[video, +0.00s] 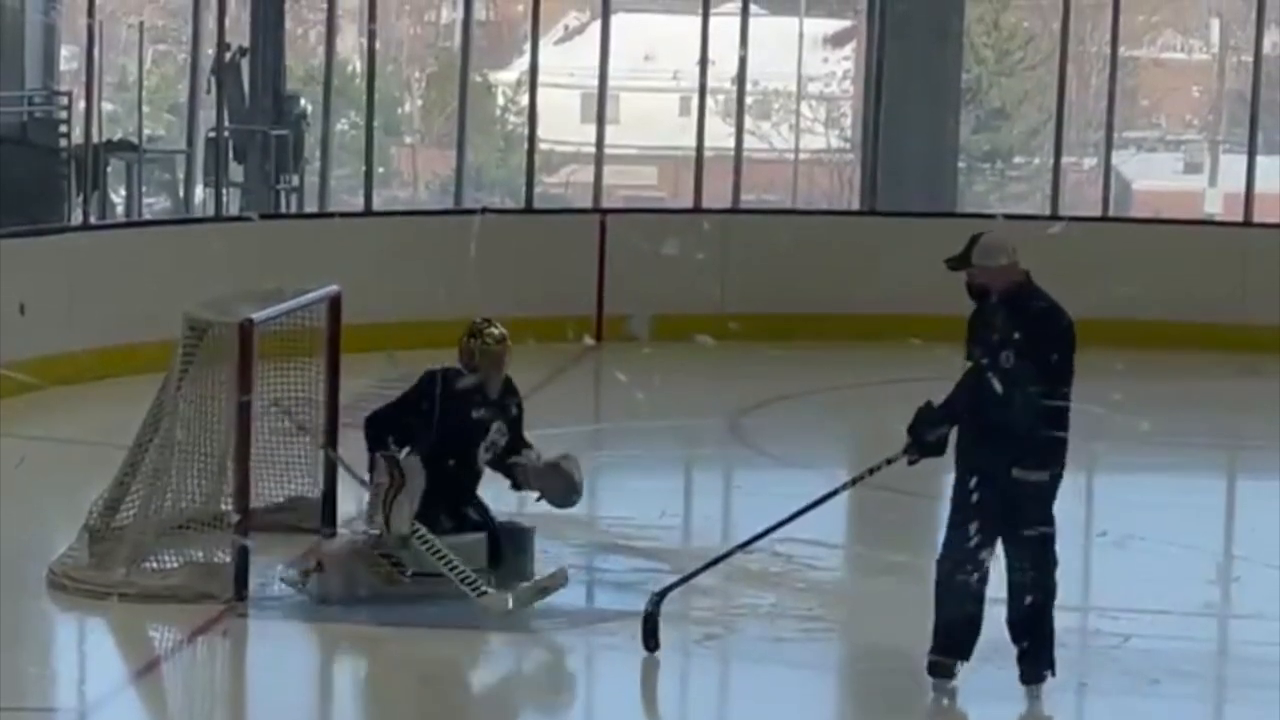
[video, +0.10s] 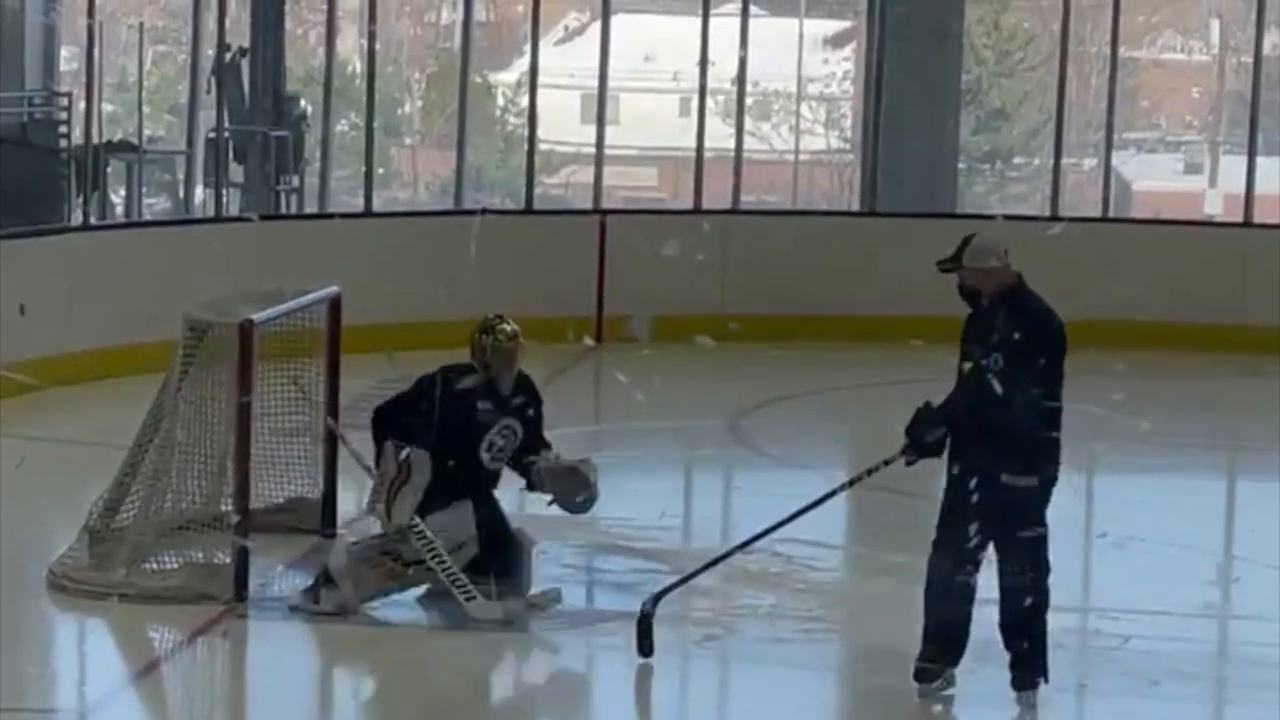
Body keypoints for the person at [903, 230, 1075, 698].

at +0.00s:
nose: (970, 281)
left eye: (976, 273)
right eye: (970, 274)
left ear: (1001, 272)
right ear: (989, 273)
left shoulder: (1049, 321)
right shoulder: (986, 314)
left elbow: (1044, 403)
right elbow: (976, 383)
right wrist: (936, 426)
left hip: (1031, 468)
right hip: (980, 463)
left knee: (1030, 569)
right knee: (961, 562)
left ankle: (1035, 671)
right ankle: (945, 663)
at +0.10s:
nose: (964, 284)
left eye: (970, 276)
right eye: (963, 276)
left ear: (994, 274)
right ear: (979, 275)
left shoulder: (1039, 324)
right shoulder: (980, 318)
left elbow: (1012, 399)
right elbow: (969, 391)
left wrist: (940, 423)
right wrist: (934, 428)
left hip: (1022, 472)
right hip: (971, 466)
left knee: (1022, 577)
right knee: (950, 568)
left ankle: (1027, 684)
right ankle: (936, 673)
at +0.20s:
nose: (955, 285)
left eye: (961, 277)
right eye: (955, 277)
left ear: (985, 275)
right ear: (975, 277)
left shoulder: (1027, 326)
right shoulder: (975, 321)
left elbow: (1013, 416)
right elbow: (962, 398)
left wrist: (943, 434)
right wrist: (930, 425)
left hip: (1013, 473)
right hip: (964, 467)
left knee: (1012, 575)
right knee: (939, 564)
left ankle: (1018, 683)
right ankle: (930, 668)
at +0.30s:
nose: (947, 289)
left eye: (953, 280)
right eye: (946, 280)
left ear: (976, 277)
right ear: (961, 280)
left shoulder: (1014, 328)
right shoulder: (968, 322)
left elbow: (997, 410)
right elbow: (952, 395)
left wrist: (934, 432)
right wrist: (922, 420)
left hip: (1000, 472)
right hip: (954, 466)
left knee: (997, 573)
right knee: (929, 565)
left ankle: (1008, 684)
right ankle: (924, 672)